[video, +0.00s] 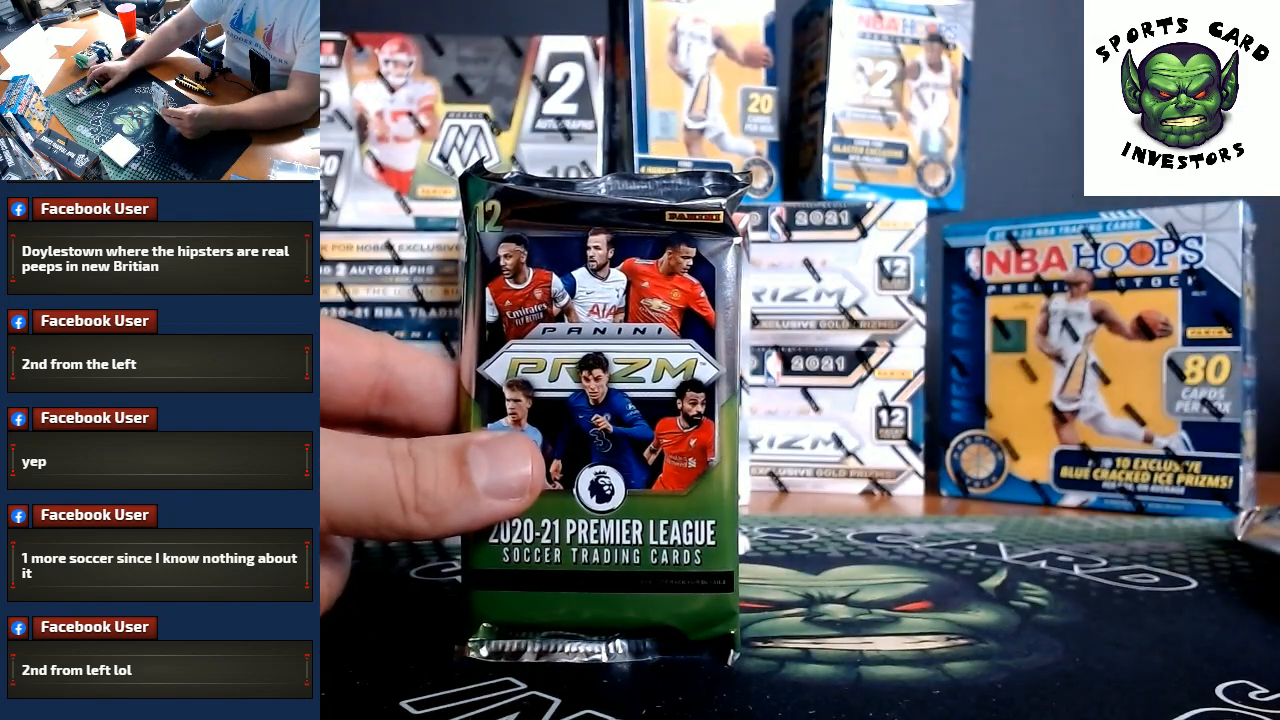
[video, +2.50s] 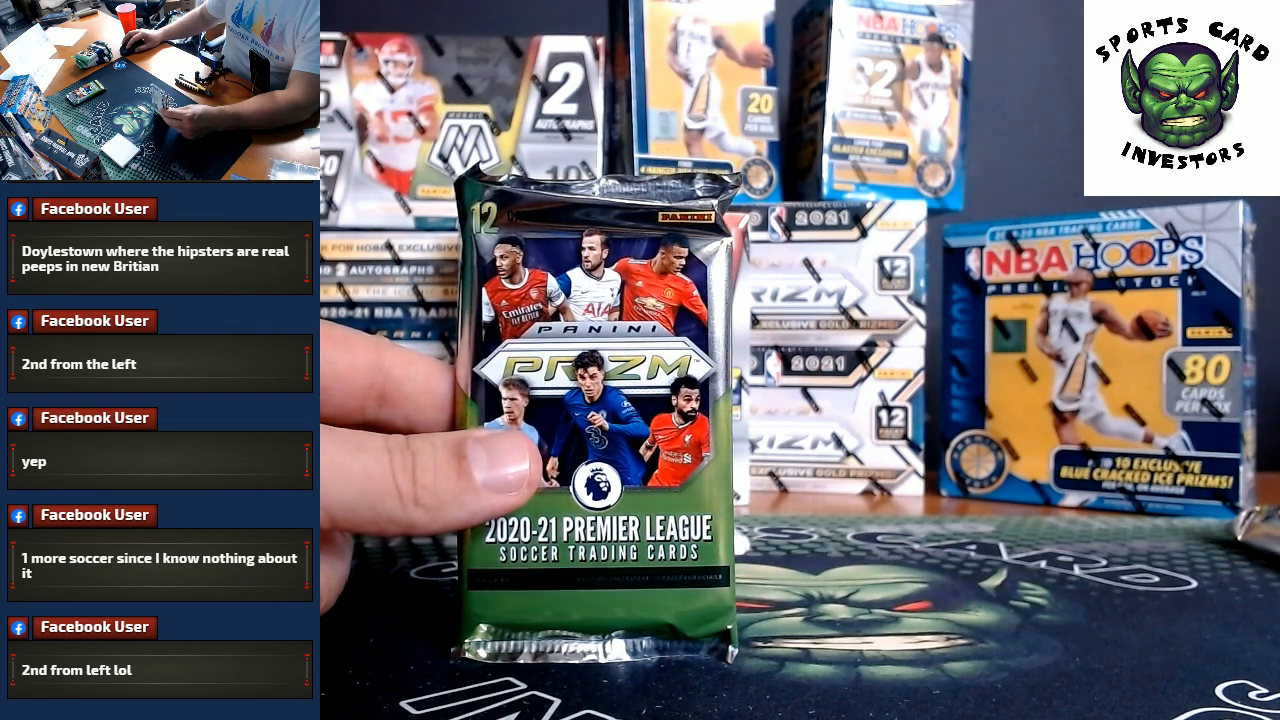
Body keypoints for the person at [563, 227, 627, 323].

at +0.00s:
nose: (590, 254)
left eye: (597, 248)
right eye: (588, 249)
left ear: (610, 253)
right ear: (586, 250)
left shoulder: (620, 279)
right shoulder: (573, 279)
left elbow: (619, 313)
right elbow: (550, 312)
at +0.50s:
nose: (590, 255)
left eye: (596, 249)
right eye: (588, 249)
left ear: (609, 253)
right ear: (585, 251)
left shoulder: (619, 279)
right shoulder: (573, 280)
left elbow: (619, 312)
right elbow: (550, 312)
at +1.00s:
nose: (585, 253)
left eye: (592, 248)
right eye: (583, 248)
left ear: (605, 252)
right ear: (581, 250)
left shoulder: (616, 278)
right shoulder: (570, 279)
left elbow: (615, 312)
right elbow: (545, 312)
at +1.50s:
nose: (584, 253)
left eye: (590, 248)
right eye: (582, 248)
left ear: (604, 252)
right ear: (580, 249)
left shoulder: (615, 278)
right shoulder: (568, 279)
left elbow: (614, 312)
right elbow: (543, 313)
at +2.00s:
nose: (587, 254)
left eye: (594, 248)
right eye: (585, 249)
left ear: (607, 253)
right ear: (583, 250)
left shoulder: (617, 278)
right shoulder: (571, 278)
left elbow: (617, 311)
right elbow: (548, 311)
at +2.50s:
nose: (585, 254)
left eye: (592, 249)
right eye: (583, 249)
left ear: (604, 253)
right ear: (581, 251)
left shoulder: (615, 278)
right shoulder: (569, 279)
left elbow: (614, 311)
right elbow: (545, 312)